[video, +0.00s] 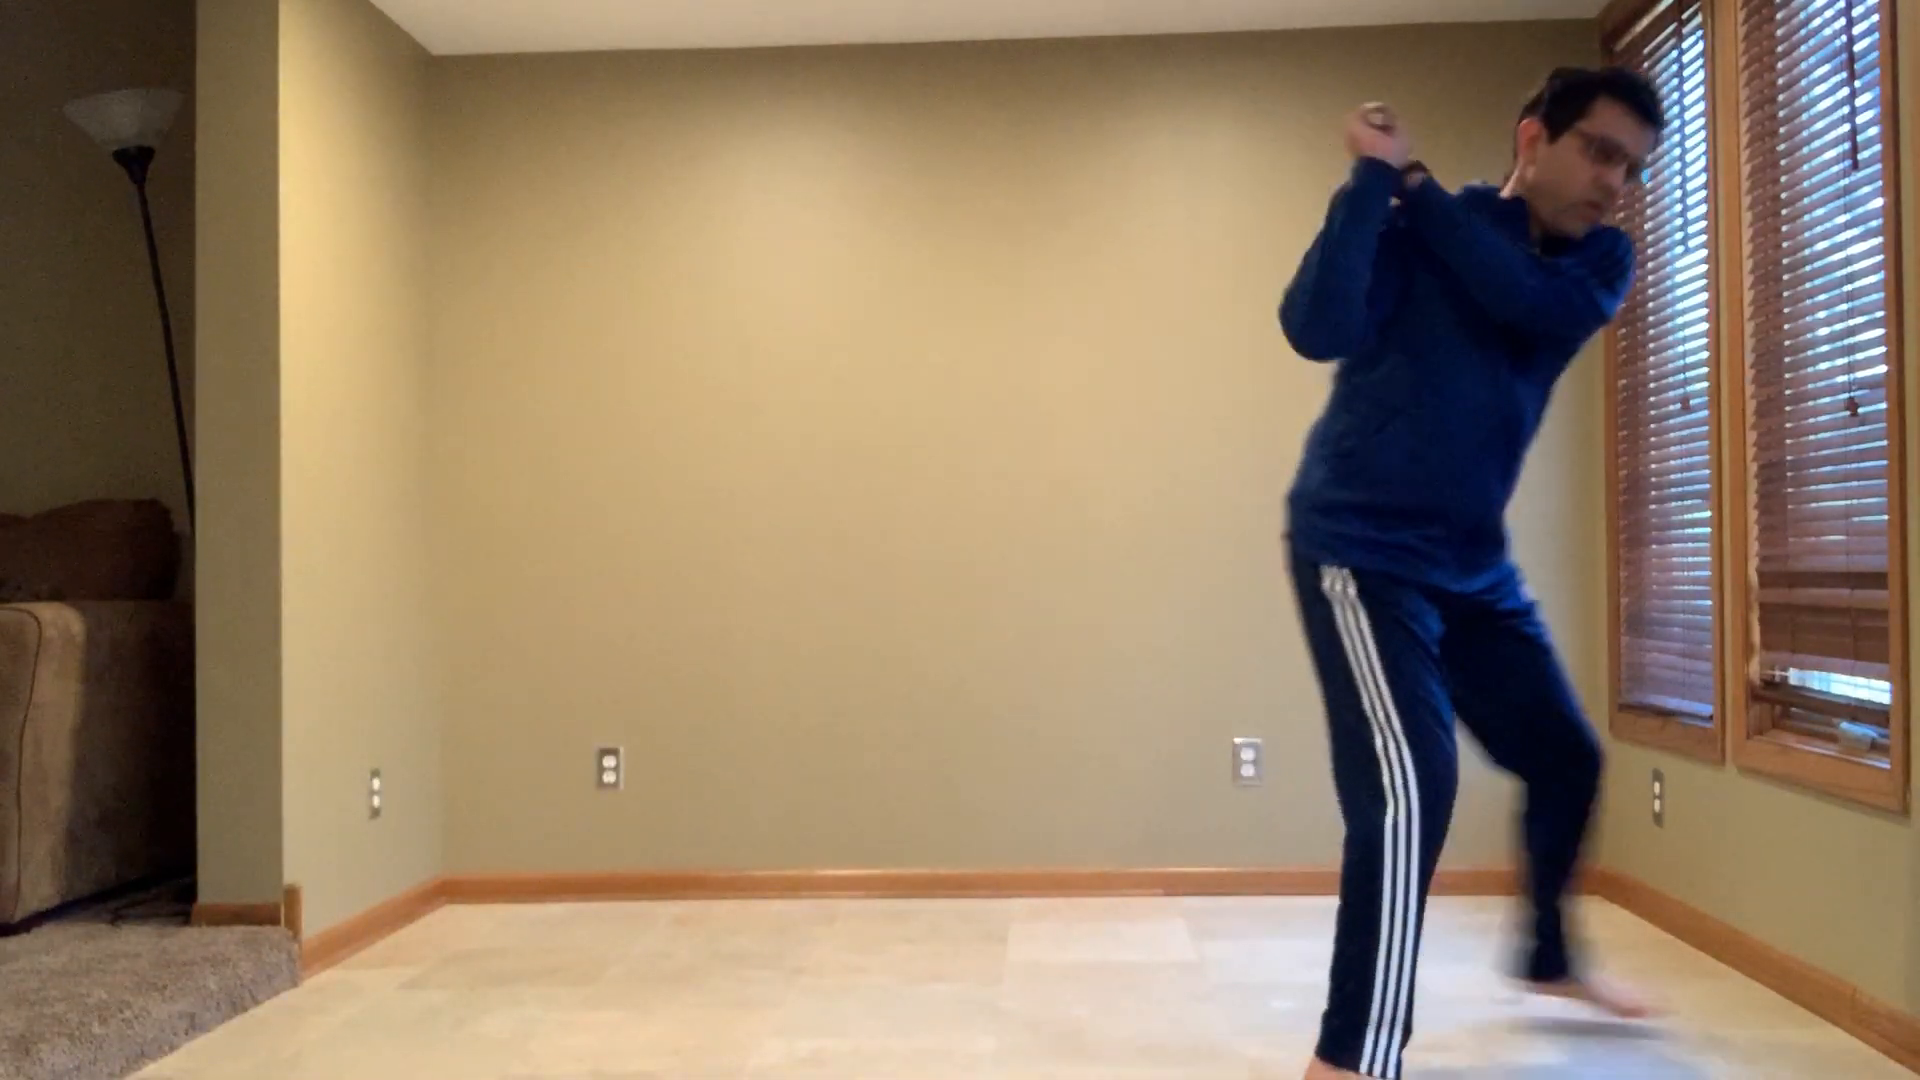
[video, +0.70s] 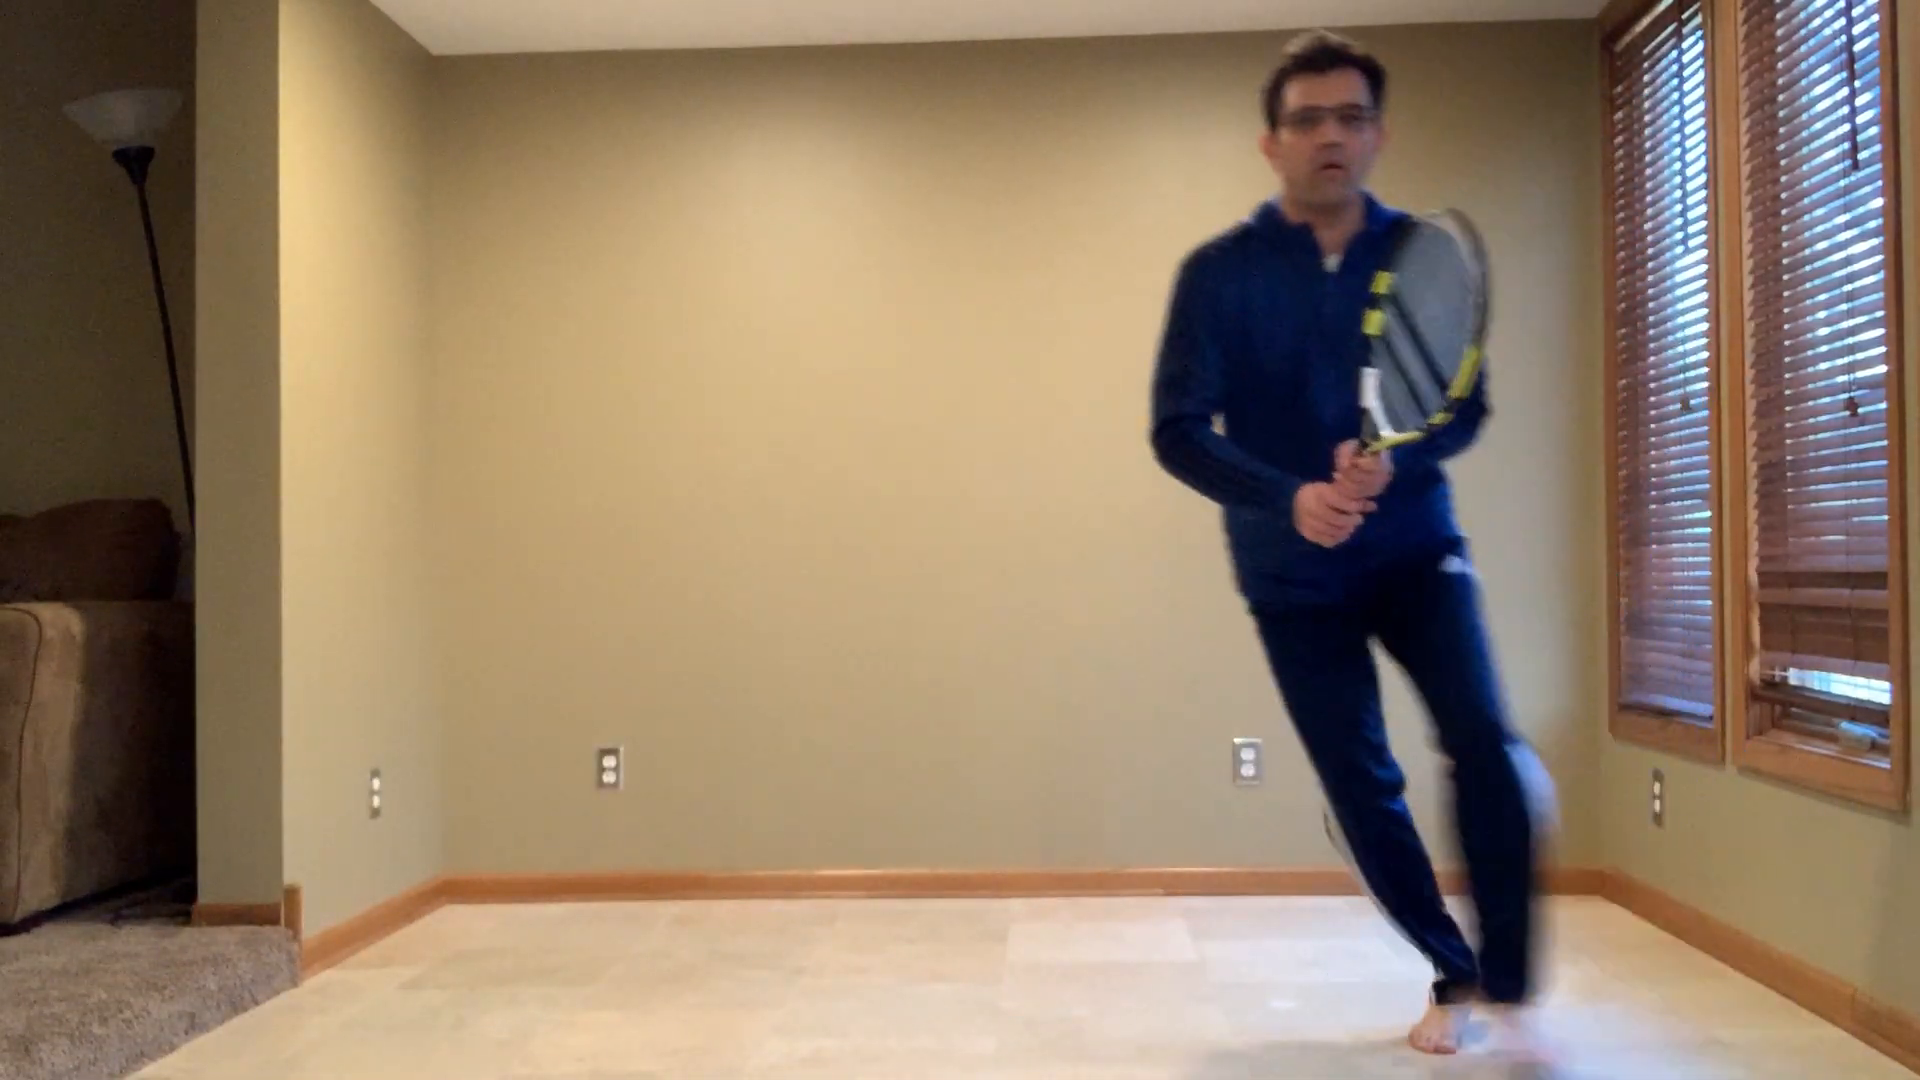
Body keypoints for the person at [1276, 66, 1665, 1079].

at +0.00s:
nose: (1616, 186)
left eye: (1634, 169)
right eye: (1601, 154)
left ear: (1636, 182)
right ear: (1532, 139)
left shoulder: (1602, 255)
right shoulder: (1418, 217)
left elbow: (1532, 313)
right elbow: (1315, 329)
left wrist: (1423, 193)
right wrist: (1369, 182)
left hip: (1470, 555)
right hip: (1357, 541)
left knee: (1566, 758)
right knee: (1408, 783)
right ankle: (1349, 1057)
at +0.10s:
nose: (1637, 175)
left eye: (1654, 159)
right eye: (1620, 148)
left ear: (1660, 170)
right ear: (1553, 139)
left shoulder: (1643, 252)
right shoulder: (1458, 229)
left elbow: (1588, 329)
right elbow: (1309, 345)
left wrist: (1459, 220)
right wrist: (1397, 227)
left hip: (1543, 550)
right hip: (1423, 542)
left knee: (1649, 763)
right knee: (1439, 776)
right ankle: (1360, 1053)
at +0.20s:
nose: (1651, 184)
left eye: (1667, 166)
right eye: (1631, 160)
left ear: (1677, 177)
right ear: (1565, 165)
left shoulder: (1680, 279)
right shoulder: (1493, 271)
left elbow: (1633, 379)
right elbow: (1336, 404)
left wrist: (1498, 301)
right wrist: (1416, 340)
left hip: (1605, 575)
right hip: (1475, 566)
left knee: (1714, 778)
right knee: (1486, 778)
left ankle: (1760, 998)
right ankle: (1389, 1050)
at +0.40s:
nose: (1581, 167)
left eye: (1599, 150)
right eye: (1558, 148)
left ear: (1616, 168)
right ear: (1504, 167)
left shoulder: (1645, 287)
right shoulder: (1433, 297)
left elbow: (1658, 443)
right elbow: (1361, 423)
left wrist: (1518, 460)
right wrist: (1403, 479)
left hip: (1602, 582)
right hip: (1469, 584)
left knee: (1706, 777)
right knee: (1469, 785)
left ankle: (1759, 999)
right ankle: (1417, 986)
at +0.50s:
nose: (1497, 154)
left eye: (1515, 135)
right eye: (1471, 136)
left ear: (1537, 155)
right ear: (1425, 160)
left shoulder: (1585, 280)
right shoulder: (1365, 294)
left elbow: (1605, 437)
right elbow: (1301, 427)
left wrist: (1480, 477)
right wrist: (1355, 498)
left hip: (1557, 582)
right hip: (1420, 593)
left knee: (1664, 773)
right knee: (1417, 794)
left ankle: (1757, 993)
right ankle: (1446, 975)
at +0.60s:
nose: (1405, 147)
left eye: (1425, 129)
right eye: (1381, 132)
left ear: (1451, 148)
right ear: (1343, 157)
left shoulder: (1503, 265)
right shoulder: (1290, 290)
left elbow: (1539, 418)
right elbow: (1233, 444)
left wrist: (1441, 473)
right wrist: (1320, 511)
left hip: (1485, 568)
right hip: (1355, 589)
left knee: (1605, 764)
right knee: (1387, 799)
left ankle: (1710, 976)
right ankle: (1457, 982)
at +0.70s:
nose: (1330, 136)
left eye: (1349, 117)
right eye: (1307, 120)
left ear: (1378, 135)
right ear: (1271, 143)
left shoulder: (1422, 253)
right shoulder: (1219, 273)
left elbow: (1467, 409)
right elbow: (1175, 432)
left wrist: (1392, 457)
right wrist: (1287, 496)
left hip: (1415, 552)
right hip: (1295, 574)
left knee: (1485, 743)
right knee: (1363, 789)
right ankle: (1454, 976)